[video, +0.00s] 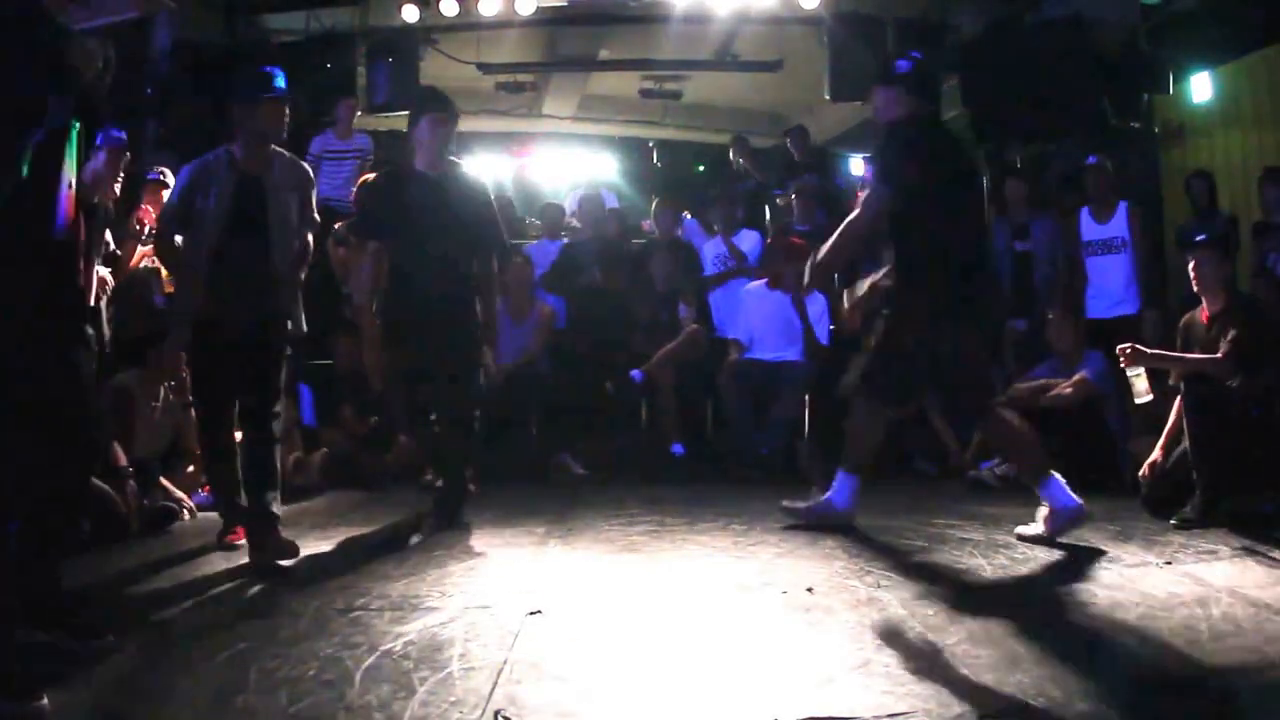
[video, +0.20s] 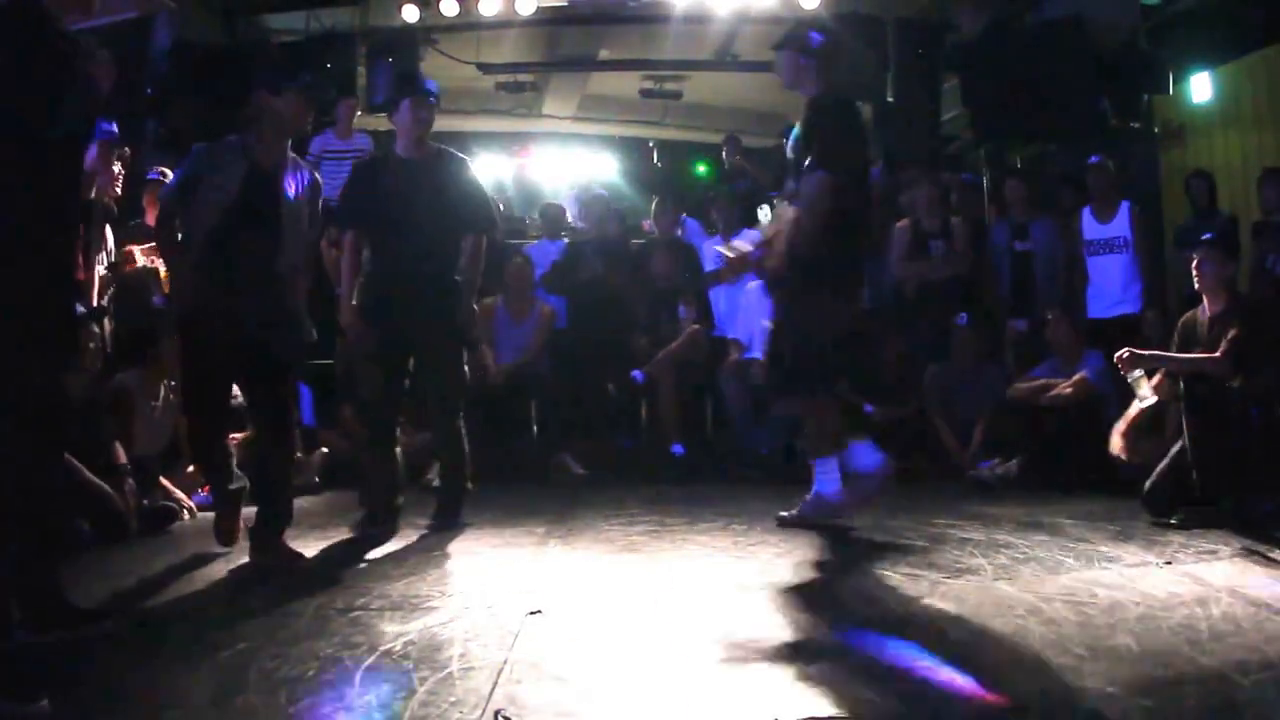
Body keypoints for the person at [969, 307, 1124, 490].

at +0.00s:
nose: (1054, 334)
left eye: (1061, 327)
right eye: (1051, 328)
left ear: (1075, 330)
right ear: (1047, 333)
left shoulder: (1094, 360)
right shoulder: (1054, 363)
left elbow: (1070, 395)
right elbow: (1012, 393)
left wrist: (1030, 401)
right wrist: (1053, 384)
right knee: (999, 416)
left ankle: (1013, 465)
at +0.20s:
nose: (1050, 334)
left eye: (1056, 327)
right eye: (1049, 327)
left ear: (1072, 330)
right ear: (1047, 332)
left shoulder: (1093, 360)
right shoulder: (1054, 363)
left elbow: (1071, 394)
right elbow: (1012, 392)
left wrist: (1034, 397)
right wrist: (1054, 383)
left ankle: (1021, 463)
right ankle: (999, 459)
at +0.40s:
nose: (1056, 338)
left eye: (1062, 331)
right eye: (1054, 332)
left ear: (1076, 334)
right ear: (1050, 336)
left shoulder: (1094, 362)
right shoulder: (1056, 364)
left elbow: (1074, 393)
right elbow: (1012, 393)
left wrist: (1037, 399)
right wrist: (1057, 384)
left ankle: (1022, 463)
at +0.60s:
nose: (1050, 333)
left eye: (1058, 326)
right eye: (1050, 326)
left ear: (1075, 329)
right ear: (1047, 331)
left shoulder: (1094, 360)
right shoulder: (1053, 364)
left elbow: (1072, 393)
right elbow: (1013, 393)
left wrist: (1034, 399)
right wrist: (1053, 384)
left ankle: (1020, 464)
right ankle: (1001, 460)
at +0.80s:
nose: (1050, 332)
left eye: (1057, 326)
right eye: (1050, 326)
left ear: (1074, 329)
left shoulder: (1095, 360)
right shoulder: (1054, 363)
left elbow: (1073, 393)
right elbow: (1013, 392)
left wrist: (1034, 400)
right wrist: (1055, 384)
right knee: (998, 408)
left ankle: (1017, 466)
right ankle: (970, 464)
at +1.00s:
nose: (1050, 333)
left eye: (1057, 326)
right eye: (1049, 326)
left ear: (1075, 329)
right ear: (1049, 332)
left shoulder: (1094, 361)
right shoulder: (1055, 363)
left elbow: (1073, 394)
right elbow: (1012, 393)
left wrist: (1035, 401)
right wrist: (1052, 384)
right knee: (1000, 407)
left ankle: (1020, 465)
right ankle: (970, 463)